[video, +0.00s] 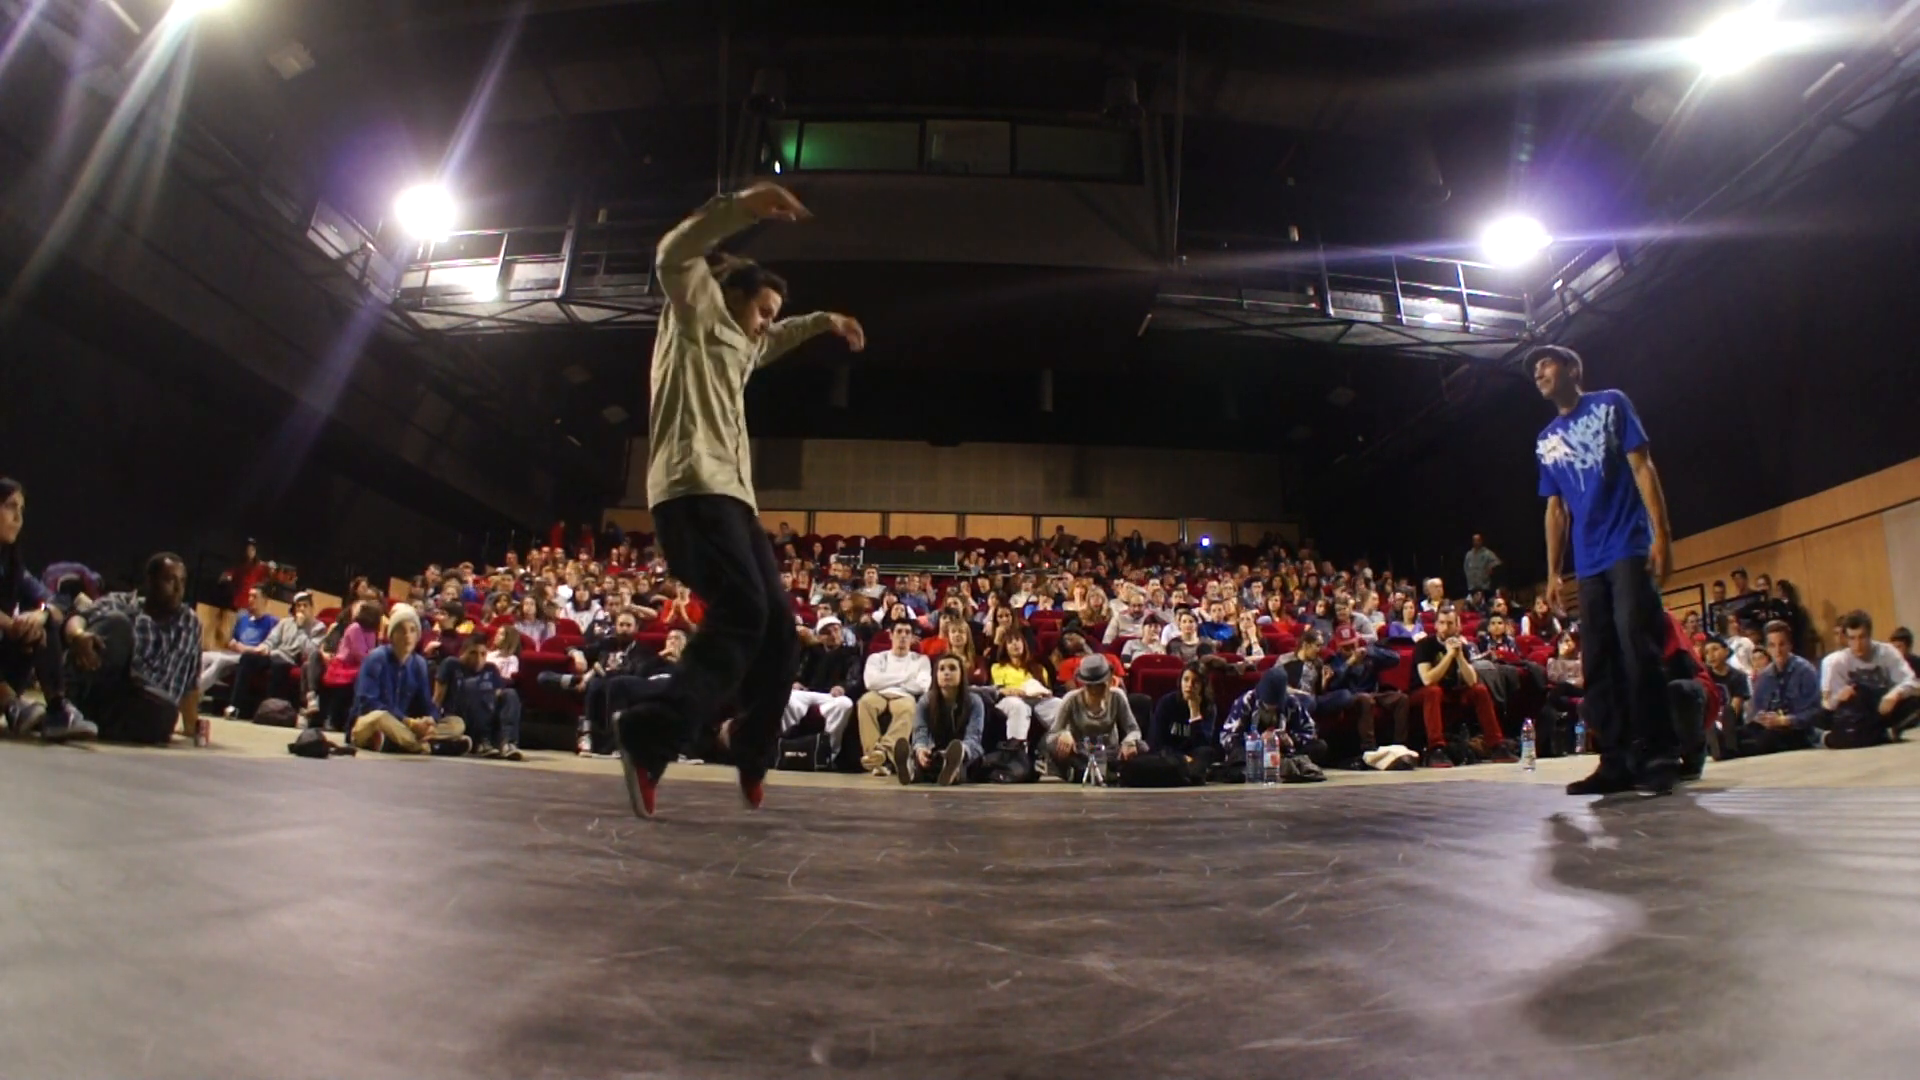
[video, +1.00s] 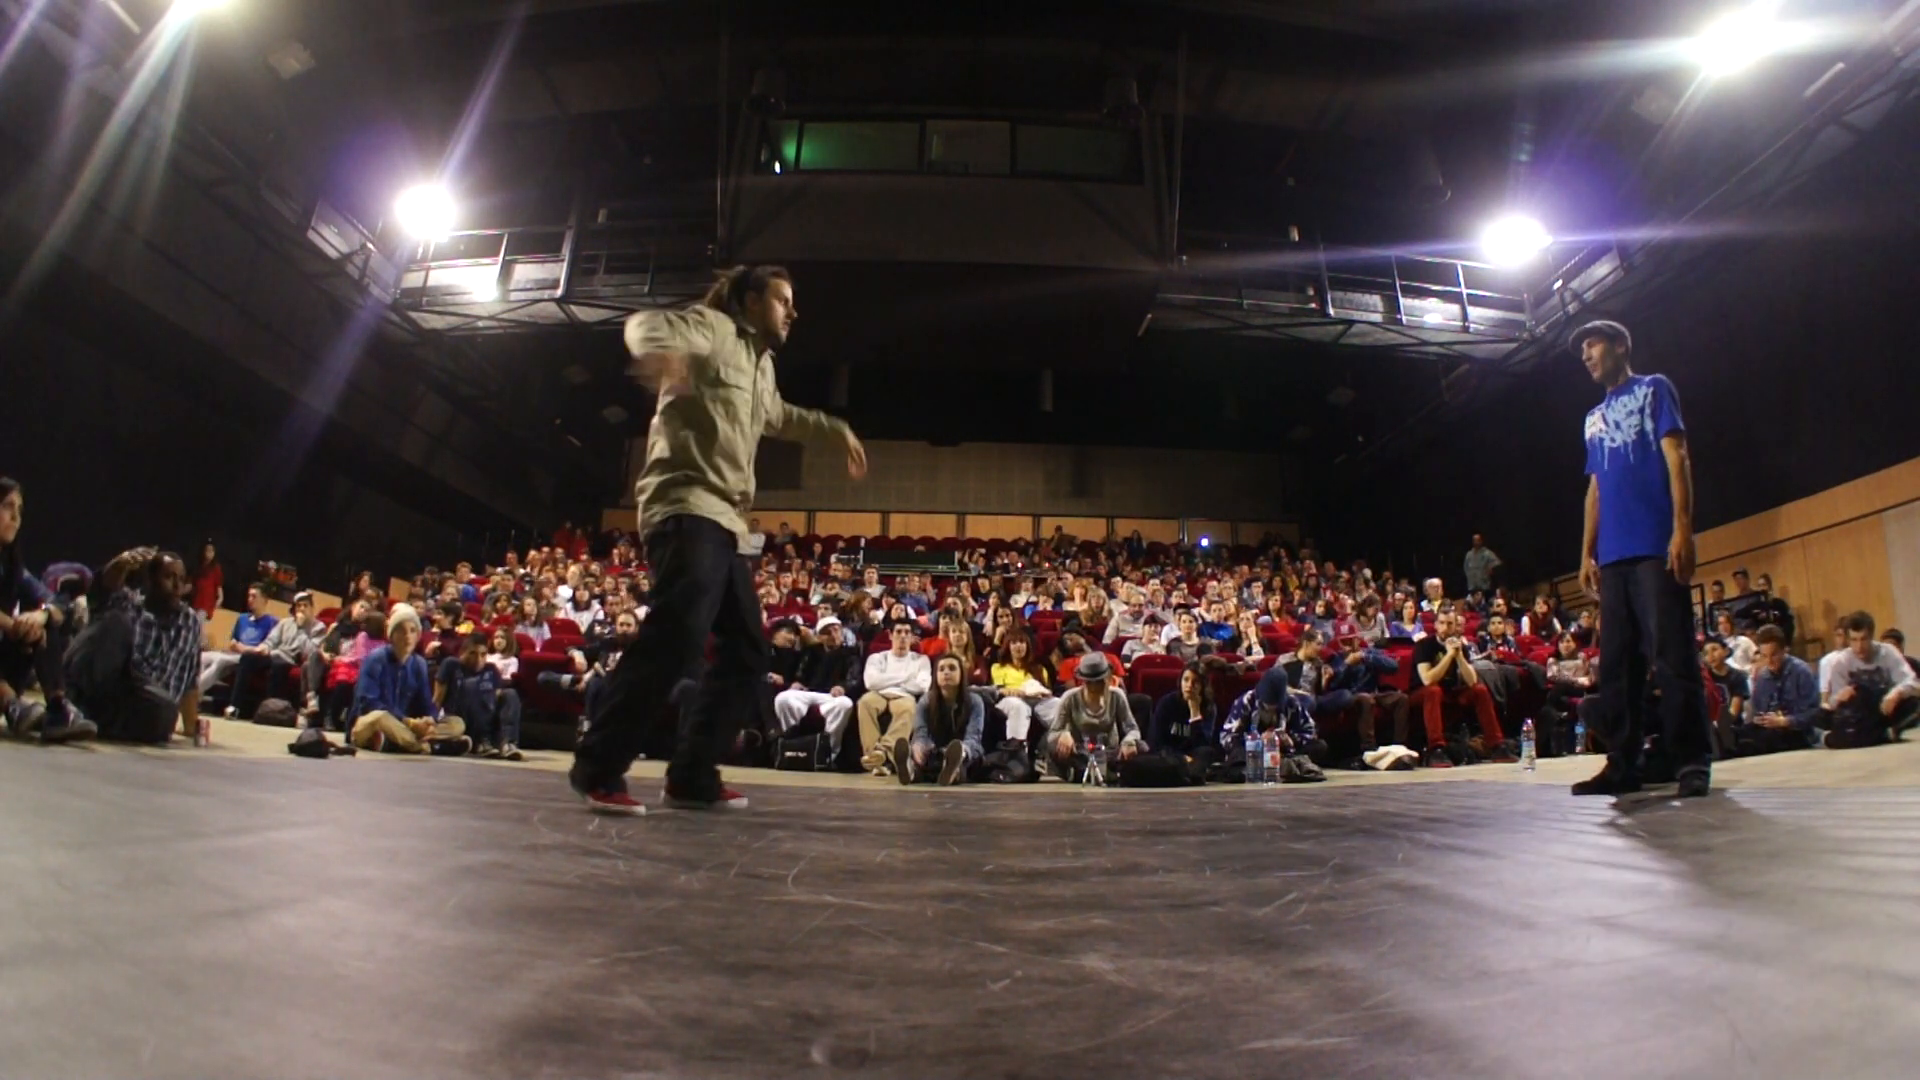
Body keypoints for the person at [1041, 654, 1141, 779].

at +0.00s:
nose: (1094, 690)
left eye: (1099, 685)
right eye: (1089, 685)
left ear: (1108, 681)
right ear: (1082, 683)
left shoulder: (1117, 696)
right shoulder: (1070, 699)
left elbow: (1133, 730)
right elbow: (1050, 738)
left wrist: (1129, 742)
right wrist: (1063, 734)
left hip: (1110, 755)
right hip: (1078, 755)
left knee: (1140, 748)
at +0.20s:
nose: (1094, 691)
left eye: (1099, 686)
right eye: (1089, 687)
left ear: (1108, 681)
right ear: (1082, 684)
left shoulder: (1117, 697)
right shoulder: (1070, 699)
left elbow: (1133, 730)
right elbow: (1051, 738)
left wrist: (1129, 742)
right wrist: (1063, 734)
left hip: (1110, 755)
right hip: (1078, 756)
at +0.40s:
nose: (1094, 691)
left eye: (1099, 686)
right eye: (1089, 686)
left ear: (1108, 681)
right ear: (1082, 684)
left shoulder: (1117, 697)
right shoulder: (1069, 699)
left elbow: (1133, 730)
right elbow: (1051, 738)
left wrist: (1129, 742)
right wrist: (1063, 734)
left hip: (1110, 756)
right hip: (1077, 757)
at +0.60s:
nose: (1094, 690)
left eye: (1099, 685)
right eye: (1089, 685)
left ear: (1108, 680)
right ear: (1082, 683)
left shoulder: (1117, 696)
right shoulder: (1069, 699)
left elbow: (1133, 730)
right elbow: (1051, 736)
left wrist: (1129, 742)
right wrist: (1063, 735)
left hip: (1110, 756)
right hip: (1078, 756)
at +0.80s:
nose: (1094, 688)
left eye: (1099, 683)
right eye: (1089, 684)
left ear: (1108, 679)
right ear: (1082, 681)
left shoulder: (1117, 696)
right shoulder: (1069, 698)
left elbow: (1132, 729)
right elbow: (1051, 736)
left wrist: (1129, 742)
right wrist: (1063, 734)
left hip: (1110, 754)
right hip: (1078, 755)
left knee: (1140, 748)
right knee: (1056, 748)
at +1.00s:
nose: (1095, 687)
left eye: (1099, 681)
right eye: (1089, 682)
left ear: (1107, 678)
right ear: (1083, 681)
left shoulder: (1117, 696)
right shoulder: (1069, 698)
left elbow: (1132, 729)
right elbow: (1052, 736)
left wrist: (1129, 741)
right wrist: (1063, 734)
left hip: (1110, 754)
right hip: (1079, 755)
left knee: (1140, 748)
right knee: (1055, 747)